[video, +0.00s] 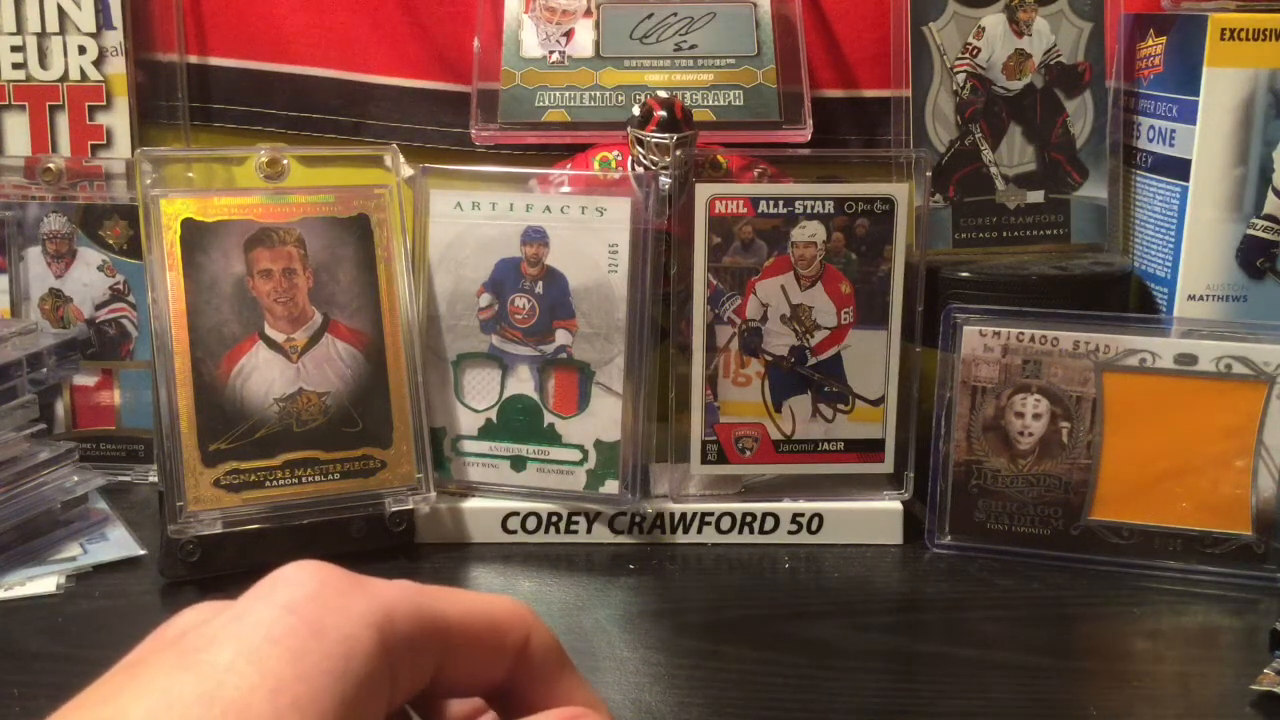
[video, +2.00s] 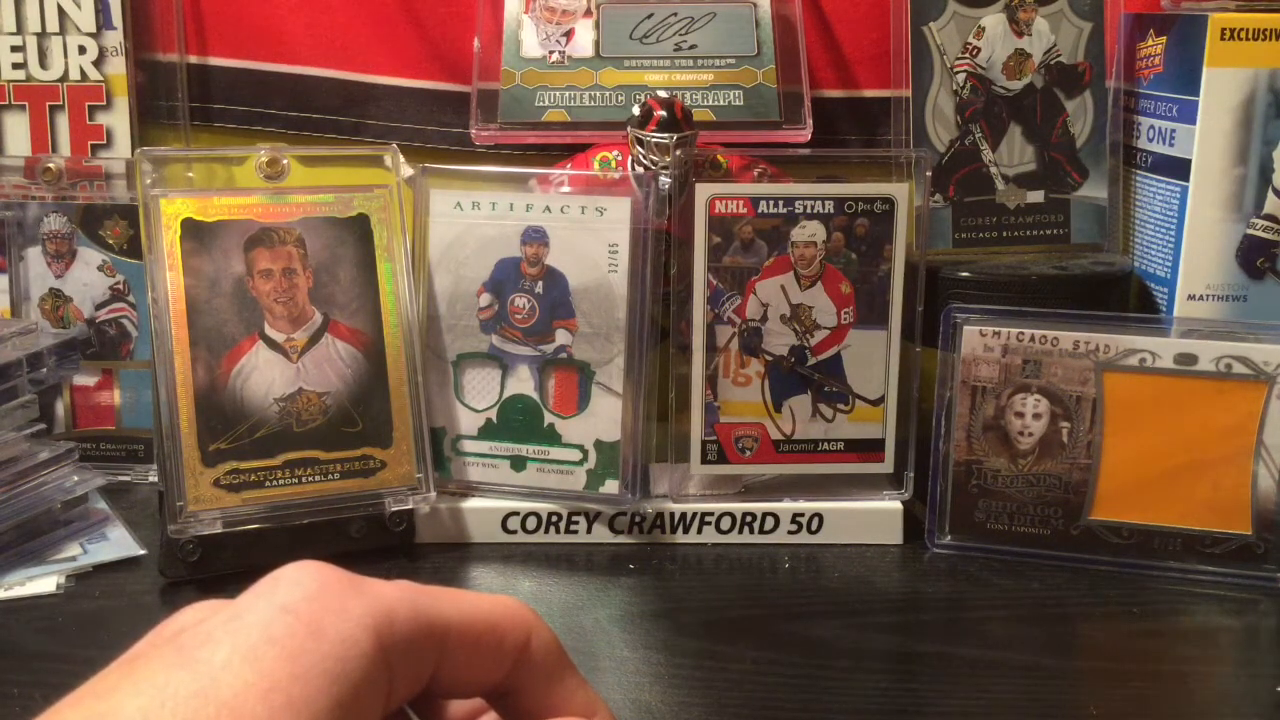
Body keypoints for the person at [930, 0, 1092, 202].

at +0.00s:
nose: (1030, 17)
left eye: (1034, 11)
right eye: (1025, 11)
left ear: (1037, 11)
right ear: (1011, 9)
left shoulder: (1041, 28)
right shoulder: (990, 26)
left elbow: (1051, 61)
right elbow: (965, 63)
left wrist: (1068, 75)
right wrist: (969, 98)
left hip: (1025, 92)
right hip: (992, 93)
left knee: (1056, 123)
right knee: (980, 139)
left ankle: (1063, 176)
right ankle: (942, 183)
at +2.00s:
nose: (1030, 16)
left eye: (1033, 10)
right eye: (1024, 10)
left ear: (1037, 10)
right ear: (1010, 9)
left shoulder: (1041, 27)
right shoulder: (990, 26)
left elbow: (1050, 60)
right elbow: (965, 63)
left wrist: (1067, 75)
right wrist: (969, 98)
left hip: (1025, 92)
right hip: (992, 93)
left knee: (1056, 123)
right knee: (979, 138)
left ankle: (1063, 177)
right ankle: (942, 186)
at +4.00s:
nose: (1029, 16)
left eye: (1033, 10)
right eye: (1023, 10)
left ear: (1037, 10)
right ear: (1010, 9)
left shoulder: (1041, 27)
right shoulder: (990, 26)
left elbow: (1050, 63)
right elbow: (964, 62)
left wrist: (1070, 74)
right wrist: (969, 96)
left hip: (1026, 91)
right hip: (993, 93)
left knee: (1056, 121)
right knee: (979, 138)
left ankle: (1063, 175)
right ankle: (942, 185)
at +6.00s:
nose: (1028, 16)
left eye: (1033, 10)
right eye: (1023, 10)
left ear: (1037, 10)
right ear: (1011, 8)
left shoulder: (1041, 27)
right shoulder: (991, 25)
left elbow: (1051, 61)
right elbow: (965, 63)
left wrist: (1068, 73)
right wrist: (970, 97)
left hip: (1028, 91)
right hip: (993, 93)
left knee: (1056, 121)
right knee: (980, 137)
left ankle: (1063, 176)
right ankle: (942, 185)